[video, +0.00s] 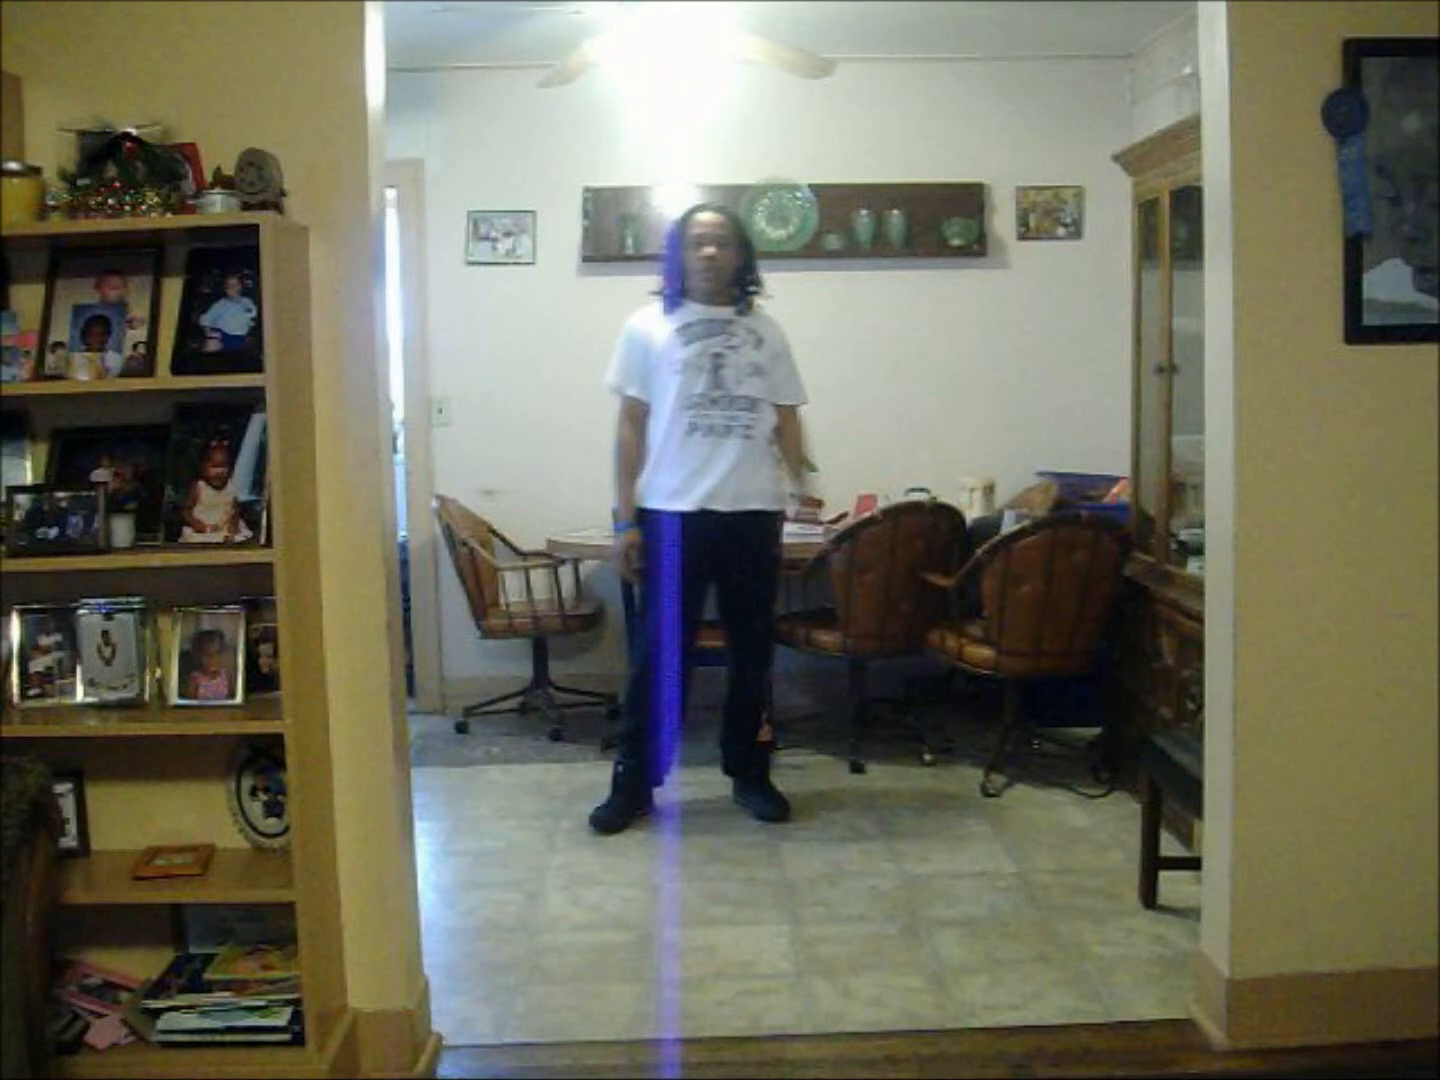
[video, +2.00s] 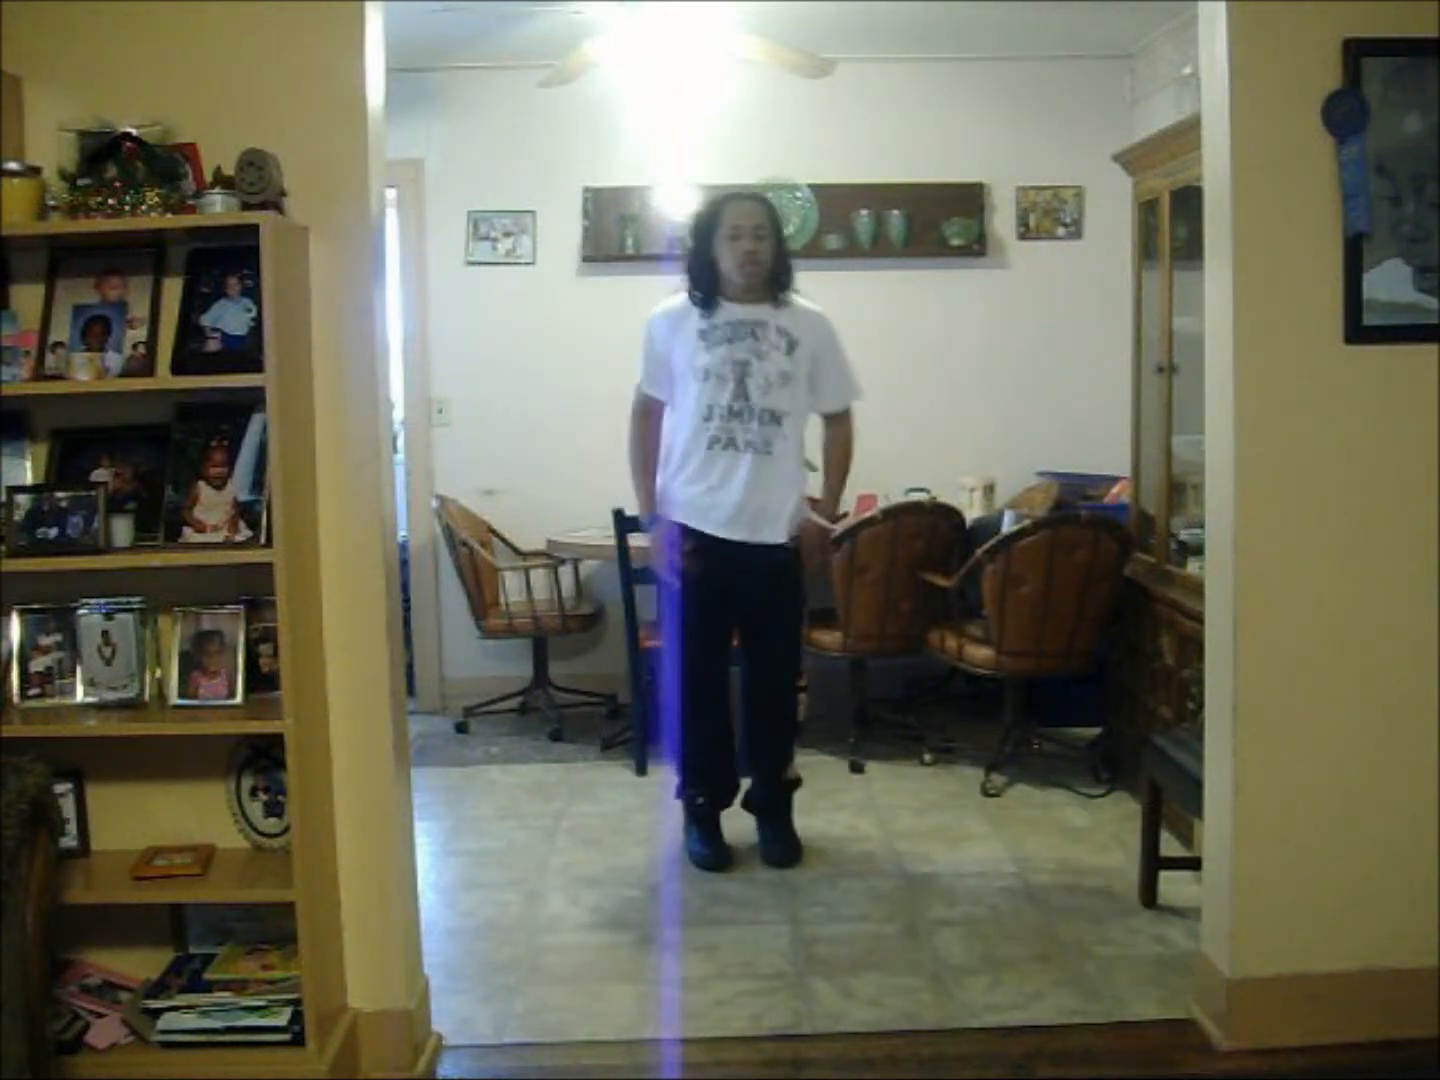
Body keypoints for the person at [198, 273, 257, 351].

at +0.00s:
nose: (232, 289)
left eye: (235, 285)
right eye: (229, 286)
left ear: (240, 287)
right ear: (225, 288)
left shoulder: (247, 303)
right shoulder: (221, 304)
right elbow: (204, 320)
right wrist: (210, 335)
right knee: (211, 342)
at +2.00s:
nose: (232, 288)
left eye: (235, 285)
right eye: (229, 285)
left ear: (240, 287)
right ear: (225, 287)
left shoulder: (247, 303)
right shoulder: (222, 304)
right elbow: (204, 320)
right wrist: (210, 335)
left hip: (243, 338)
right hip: (225, 337)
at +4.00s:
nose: (233, 288)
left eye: (236, 285)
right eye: (230, 285)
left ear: (240, 287)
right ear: (225, 288)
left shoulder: (247, 303)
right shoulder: (222, 304)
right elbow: (205, 320)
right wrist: (210, 335)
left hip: (243, 338)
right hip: (225, 338)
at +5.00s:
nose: (233, 288)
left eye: (236, 285)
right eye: (230, 285)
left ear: (240, 287)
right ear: (225, 287)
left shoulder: (247, 303)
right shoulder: (221, 304)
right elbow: (205, 320)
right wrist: (210, 335)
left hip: (243, 338)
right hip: (224, 338)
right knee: (212, 340)